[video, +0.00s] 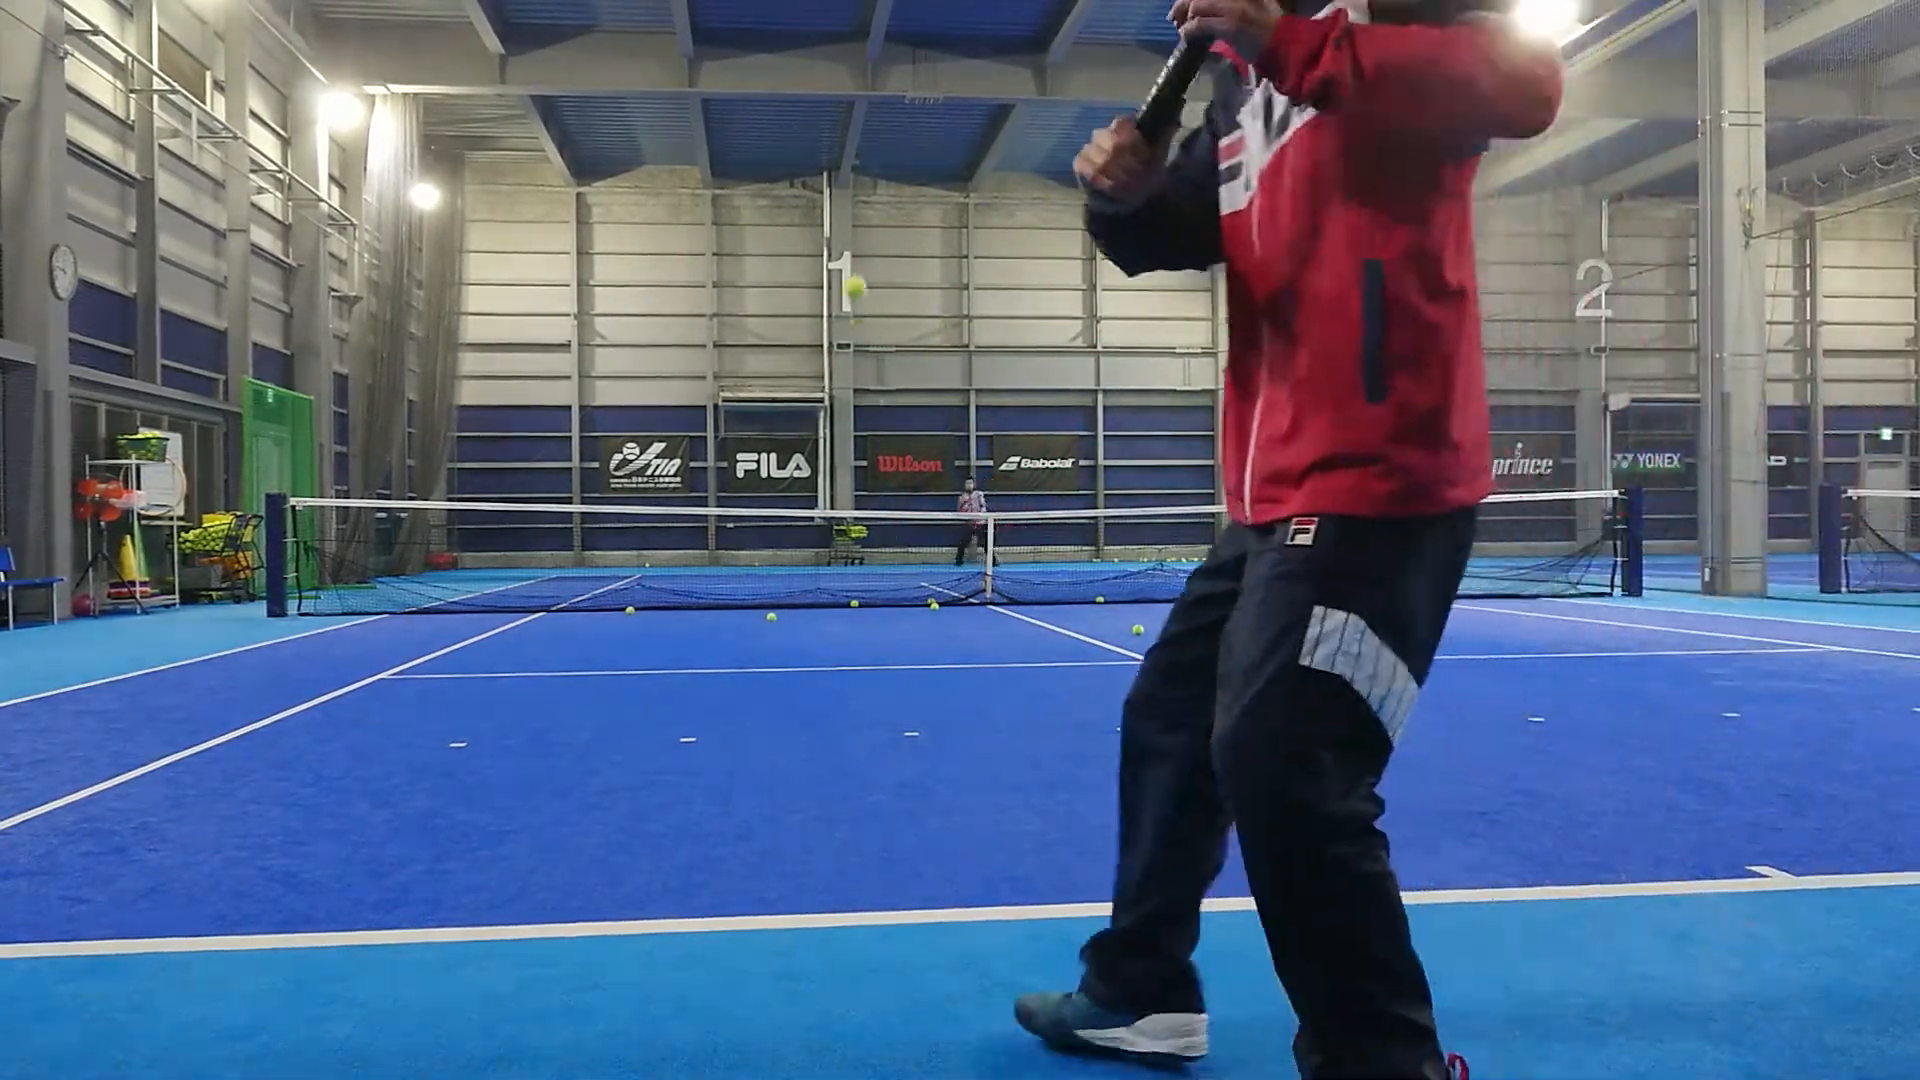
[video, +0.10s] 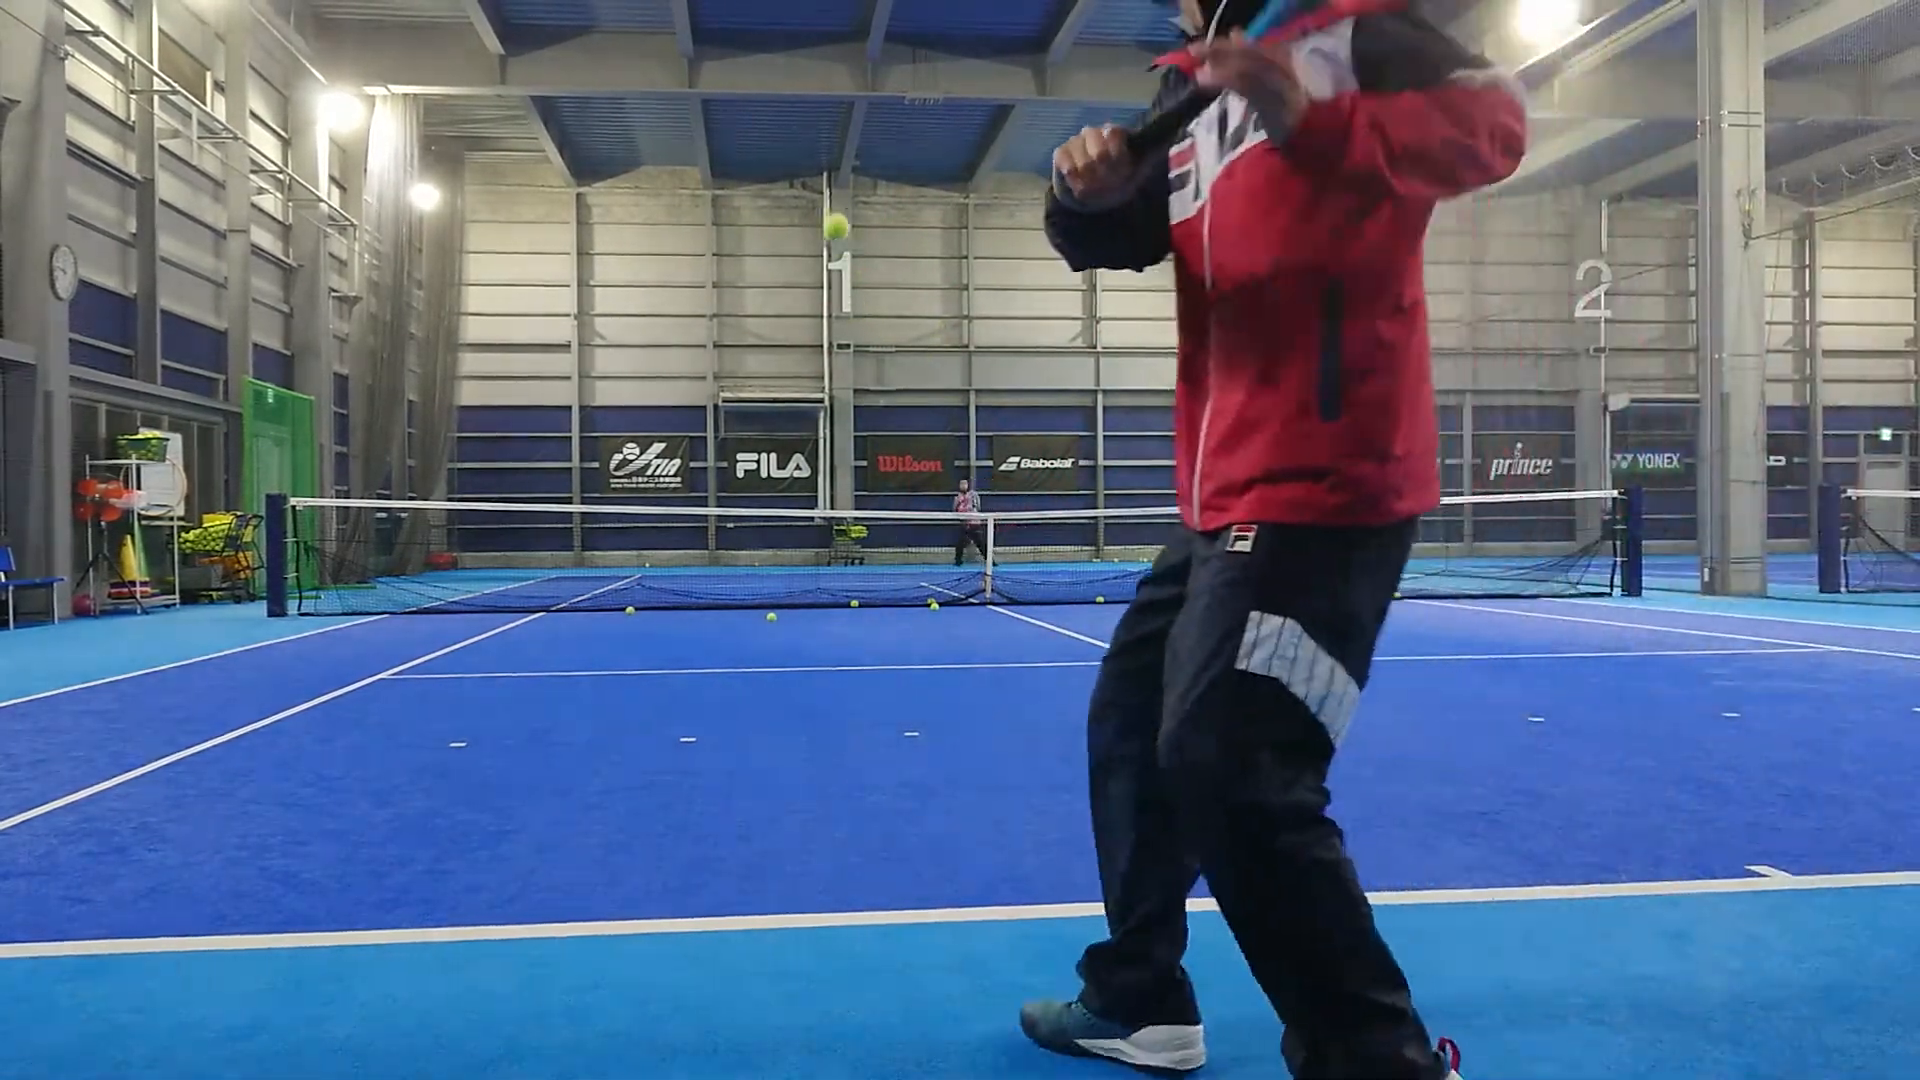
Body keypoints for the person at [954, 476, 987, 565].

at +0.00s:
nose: (969, 486)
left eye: (970, 483)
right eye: (967, 483)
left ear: (974, 485)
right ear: (965, 485)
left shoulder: (979, 495)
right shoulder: (962, 497)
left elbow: (983, 506)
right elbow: (960, 510)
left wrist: (981, 517)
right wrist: (966, 518)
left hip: (979, 521)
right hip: (968, 522)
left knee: (985, 543)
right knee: (963, 542)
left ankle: (992, 560)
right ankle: (959, 559)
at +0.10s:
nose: (963, 486)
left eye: (965, 484)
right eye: (961, 484)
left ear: (968, 485)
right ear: (959, 486)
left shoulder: (973, 495)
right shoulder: (958, 497)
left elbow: (977, 507)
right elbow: (954, 509)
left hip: (974, 523)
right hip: (963, 523)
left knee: (981, 544)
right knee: (960, 543)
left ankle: (990, 560)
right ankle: (958, 560)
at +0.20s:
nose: (959, 485)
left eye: (961, 483)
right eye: (958, 483)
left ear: (965, 485)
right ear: (956, 485)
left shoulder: (971, 495)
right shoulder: (954, 496)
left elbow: (973, 509)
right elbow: (951, 510)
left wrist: (962, 514)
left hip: (972, 522)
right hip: (961, 522)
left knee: (977, 545)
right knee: (958, 544)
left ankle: (988, 560)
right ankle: (958, 561)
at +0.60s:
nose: (955, 486)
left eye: (957, 483)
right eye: (954, 483)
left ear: (960, 484)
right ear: (951, 485)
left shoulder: (965, 495)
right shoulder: (948, 496)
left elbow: (968, 509)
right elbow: (946, 508)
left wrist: (966, 520)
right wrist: (950, 518)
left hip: (963, 522)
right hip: (953, 522)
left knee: (966, 543)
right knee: (949, 542)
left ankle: (970, 560)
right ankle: (952, 558)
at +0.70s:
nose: (952, 488)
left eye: (954, 486)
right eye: (951, 486)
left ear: (957, 487)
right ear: (948, 488)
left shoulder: (962, 498)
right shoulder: (946, 499)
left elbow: (965, 511)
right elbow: (945, 511)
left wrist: (966, 524)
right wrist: (948, 521)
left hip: (961, 525)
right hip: (950, 525)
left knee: (964, 545)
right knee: (945, 545)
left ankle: (969, 561)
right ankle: (944, 561)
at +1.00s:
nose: (942, 487)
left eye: (944, 485)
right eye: (940, 485)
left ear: (947, 487)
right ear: (938, 487)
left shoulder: (951, 497)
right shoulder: (936, 497)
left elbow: (948, 509)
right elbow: (931, 507)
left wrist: (936, 508)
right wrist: (940, 509)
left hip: (949, 523)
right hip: (939, 523)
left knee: (947, 544)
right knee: (937, 545)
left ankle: (954, 559)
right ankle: (940, 561)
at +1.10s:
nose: (940, 487)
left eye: (942, 485)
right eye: (938, 485)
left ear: (945, 486)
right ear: (936, 486)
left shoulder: (948, 496)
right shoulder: (934, 496)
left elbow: (945, 508)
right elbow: (930, 505)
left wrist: (932, 506)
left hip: (946, 522)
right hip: (937, 522)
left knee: (942, 542)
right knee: (935, 542)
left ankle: (943, 560)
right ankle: (938, 560)